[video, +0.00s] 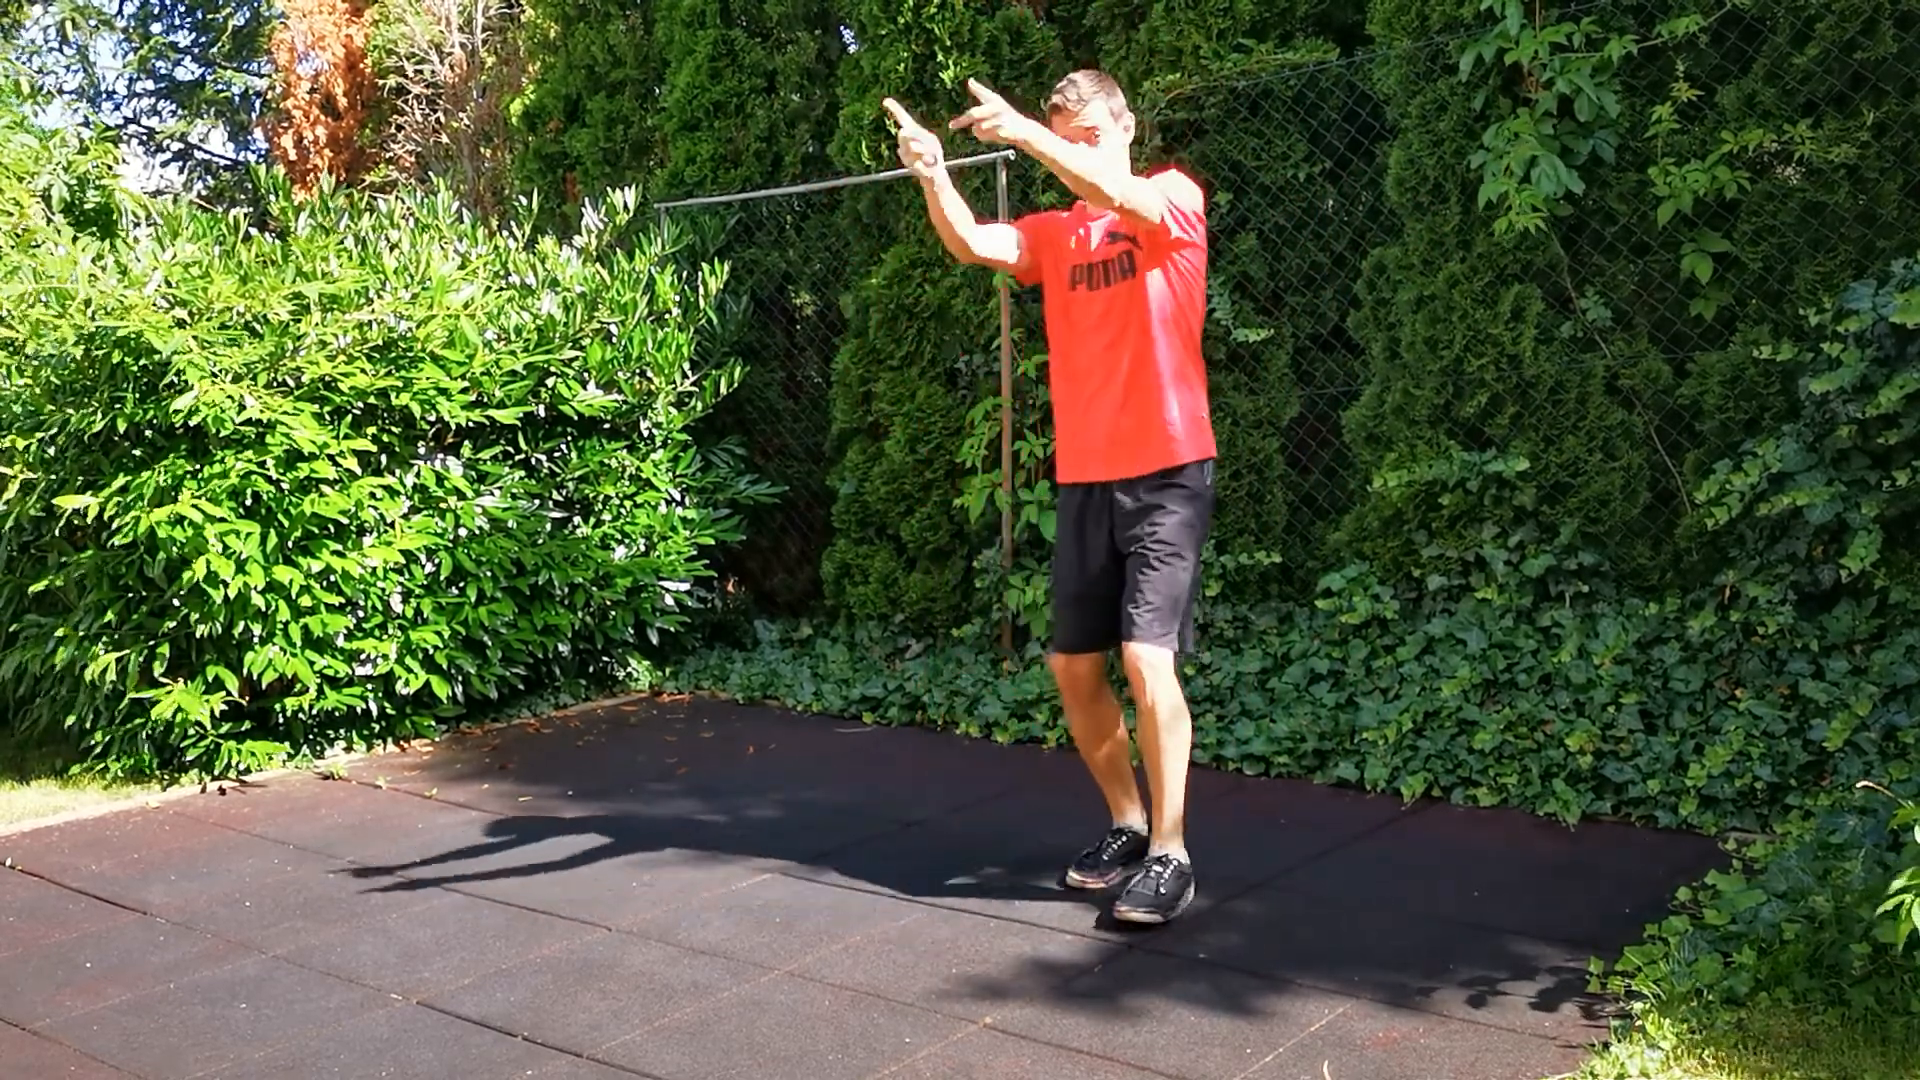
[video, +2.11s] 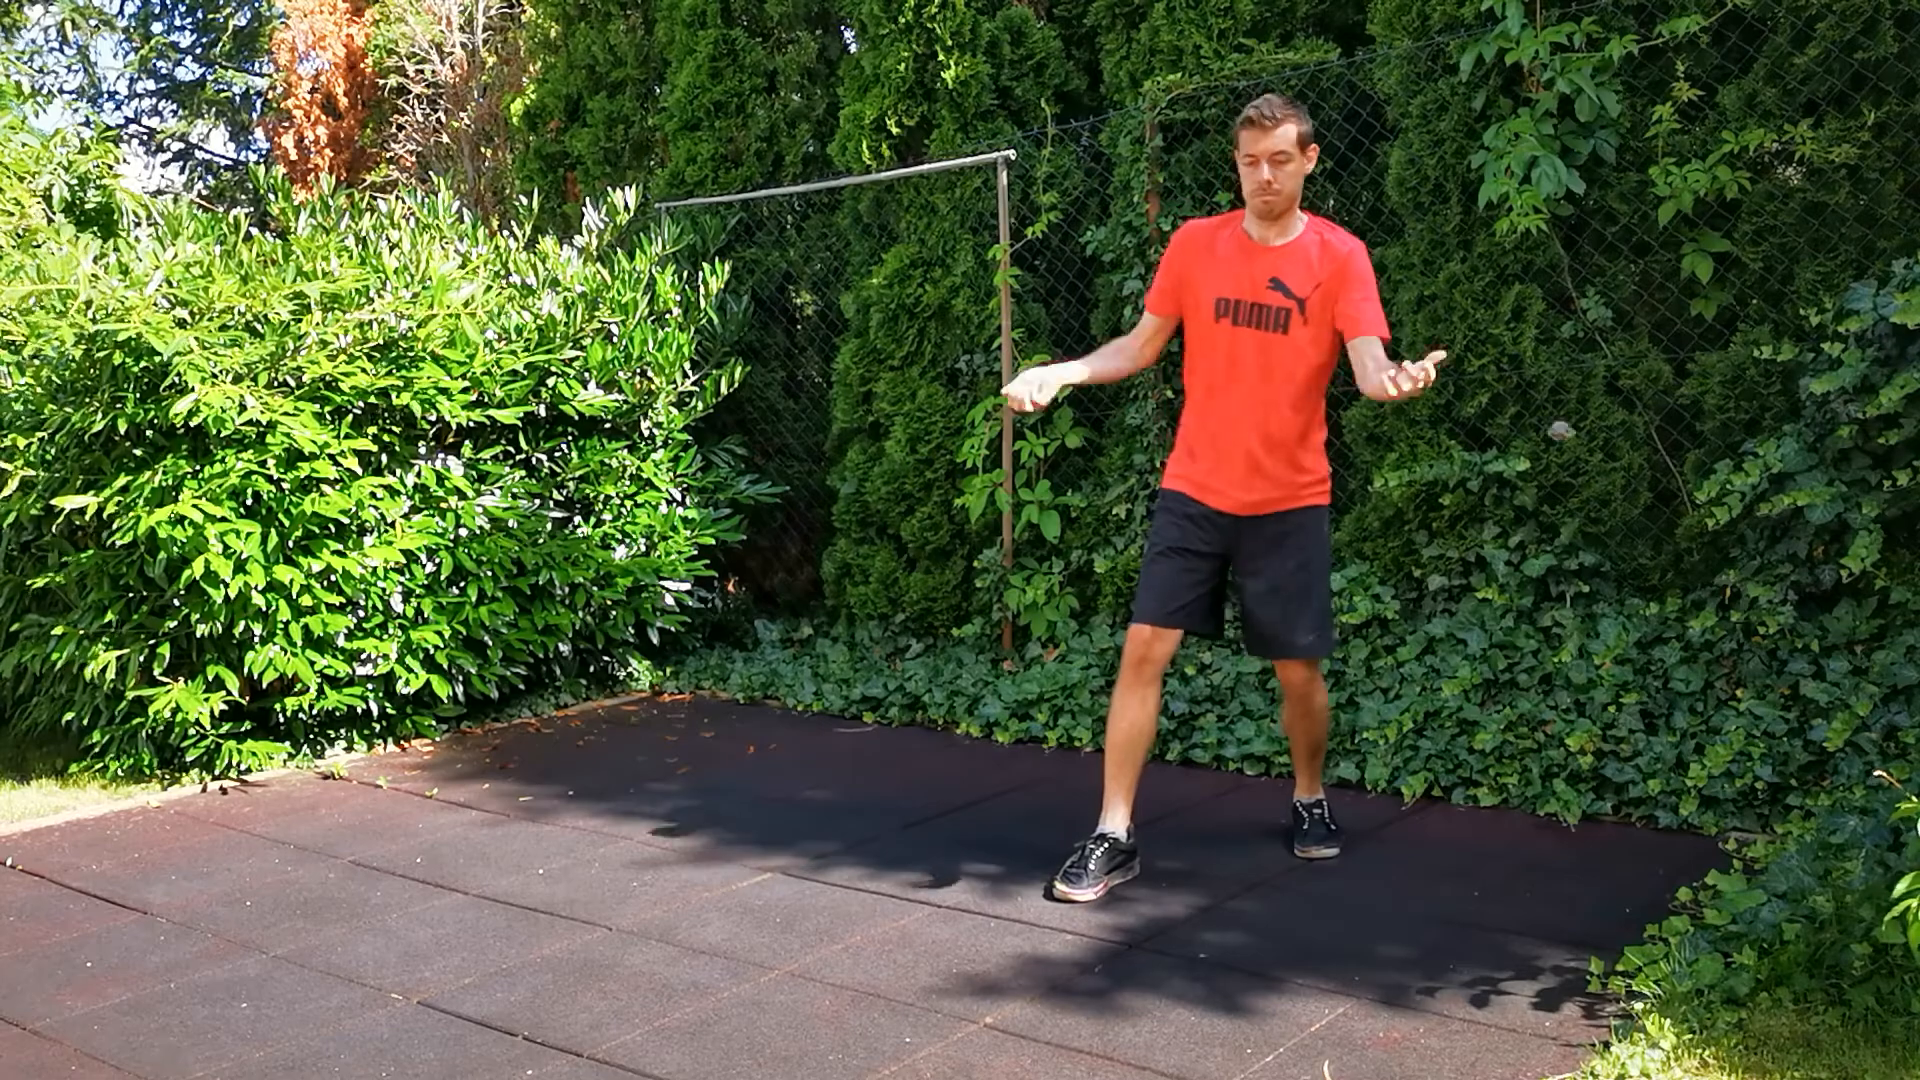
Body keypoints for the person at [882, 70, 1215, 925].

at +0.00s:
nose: (1079, 153)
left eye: (1089, 136)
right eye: (1066, 142)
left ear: (1126, 129)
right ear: (1051, 145)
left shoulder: (1175, 192)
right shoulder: (1053, 228)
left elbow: (1132, 202)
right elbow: (970, 243)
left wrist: (1025, 132)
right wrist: (933, 173)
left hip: (1167, 469)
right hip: (1084, 478)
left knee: (1145, 656)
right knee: (1074, 664)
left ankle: (1170, 854)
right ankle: (1132, 826)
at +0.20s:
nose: (1094, 159)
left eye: (1104, 142)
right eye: (1083, 148)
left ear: (1144, 134)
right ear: (1078, 152)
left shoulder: (1197, 196)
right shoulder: (1082, 227)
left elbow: (1151, 239)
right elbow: (1009, 269)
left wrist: (1050, 228)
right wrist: (946, 240)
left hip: (1197, 469)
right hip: (1112, 476)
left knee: (1201, 656)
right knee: (1097, 651)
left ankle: (1261, 805)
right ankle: (1133, 828)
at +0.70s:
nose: (1195, 155)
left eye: (1207, 139)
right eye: (1180, 143)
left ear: (1236, 143)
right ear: (1163, 154)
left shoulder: (1275, 219)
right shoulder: (1147, 237)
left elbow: (1217, 277)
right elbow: (1099, 300)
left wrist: (1145, 280)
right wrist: (1030, 290)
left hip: (1261, 479)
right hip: (1168, 481)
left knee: (1282, 664)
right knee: (1131, 643)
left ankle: (1311, 803)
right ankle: (1116, 834)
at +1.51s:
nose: (1219, 134)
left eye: (1234, 121)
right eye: (1209, 125)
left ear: (1268, 138)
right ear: (1195, 146)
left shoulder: (1300, 221)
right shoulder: (1164, 221)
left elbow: (1289, 301)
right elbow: (1127, 298)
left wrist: (1250, 327)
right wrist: (1107, 246)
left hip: (1272, 475)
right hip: (1176, 471)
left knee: (1289, 652)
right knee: (1142, 648)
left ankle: (1309, 800)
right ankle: (1110, 833)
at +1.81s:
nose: (1242, 151)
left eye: (1256, 138)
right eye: (1230, 140)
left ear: (1288, 149)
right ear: (1216, 155)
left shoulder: (1314, 230)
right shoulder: (1189, 233)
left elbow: (1258, 302)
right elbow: (1177, 358)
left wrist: (1193, 310)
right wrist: (1178, 311)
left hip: (1284, 479)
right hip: (1192, 475)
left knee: (1295, 660)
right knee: (1147, 647)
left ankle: (1310, 803)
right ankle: (1114, 833)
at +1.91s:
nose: (1243, 162)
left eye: (1258, 148)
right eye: (1231, 150)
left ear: (1290, 156)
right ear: (1219, 160)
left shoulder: (1316, 246)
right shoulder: (1190, 241)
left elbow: (1290, 367)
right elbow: (1172, 355)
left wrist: (1280, 337)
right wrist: (1144, 372)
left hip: (1282, 492)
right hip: (1192, 483)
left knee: (1291, 672)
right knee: (1144, 650)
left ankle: (1309, 801)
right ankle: (1112, 833)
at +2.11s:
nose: (1264, 176)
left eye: (1278, 161)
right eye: (1252, 162)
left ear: (1309, 161)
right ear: (1235, 166)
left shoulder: (1339, 255)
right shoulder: (1194, 242)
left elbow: (1369, 366)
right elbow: (1139, 345)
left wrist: (1396, 380)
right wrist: (1063, 371)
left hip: (1291, 499)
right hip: (1193, 489)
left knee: (1300, 670)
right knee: (1143, 646)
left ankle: (1309, 801)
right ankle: (1111, 833)